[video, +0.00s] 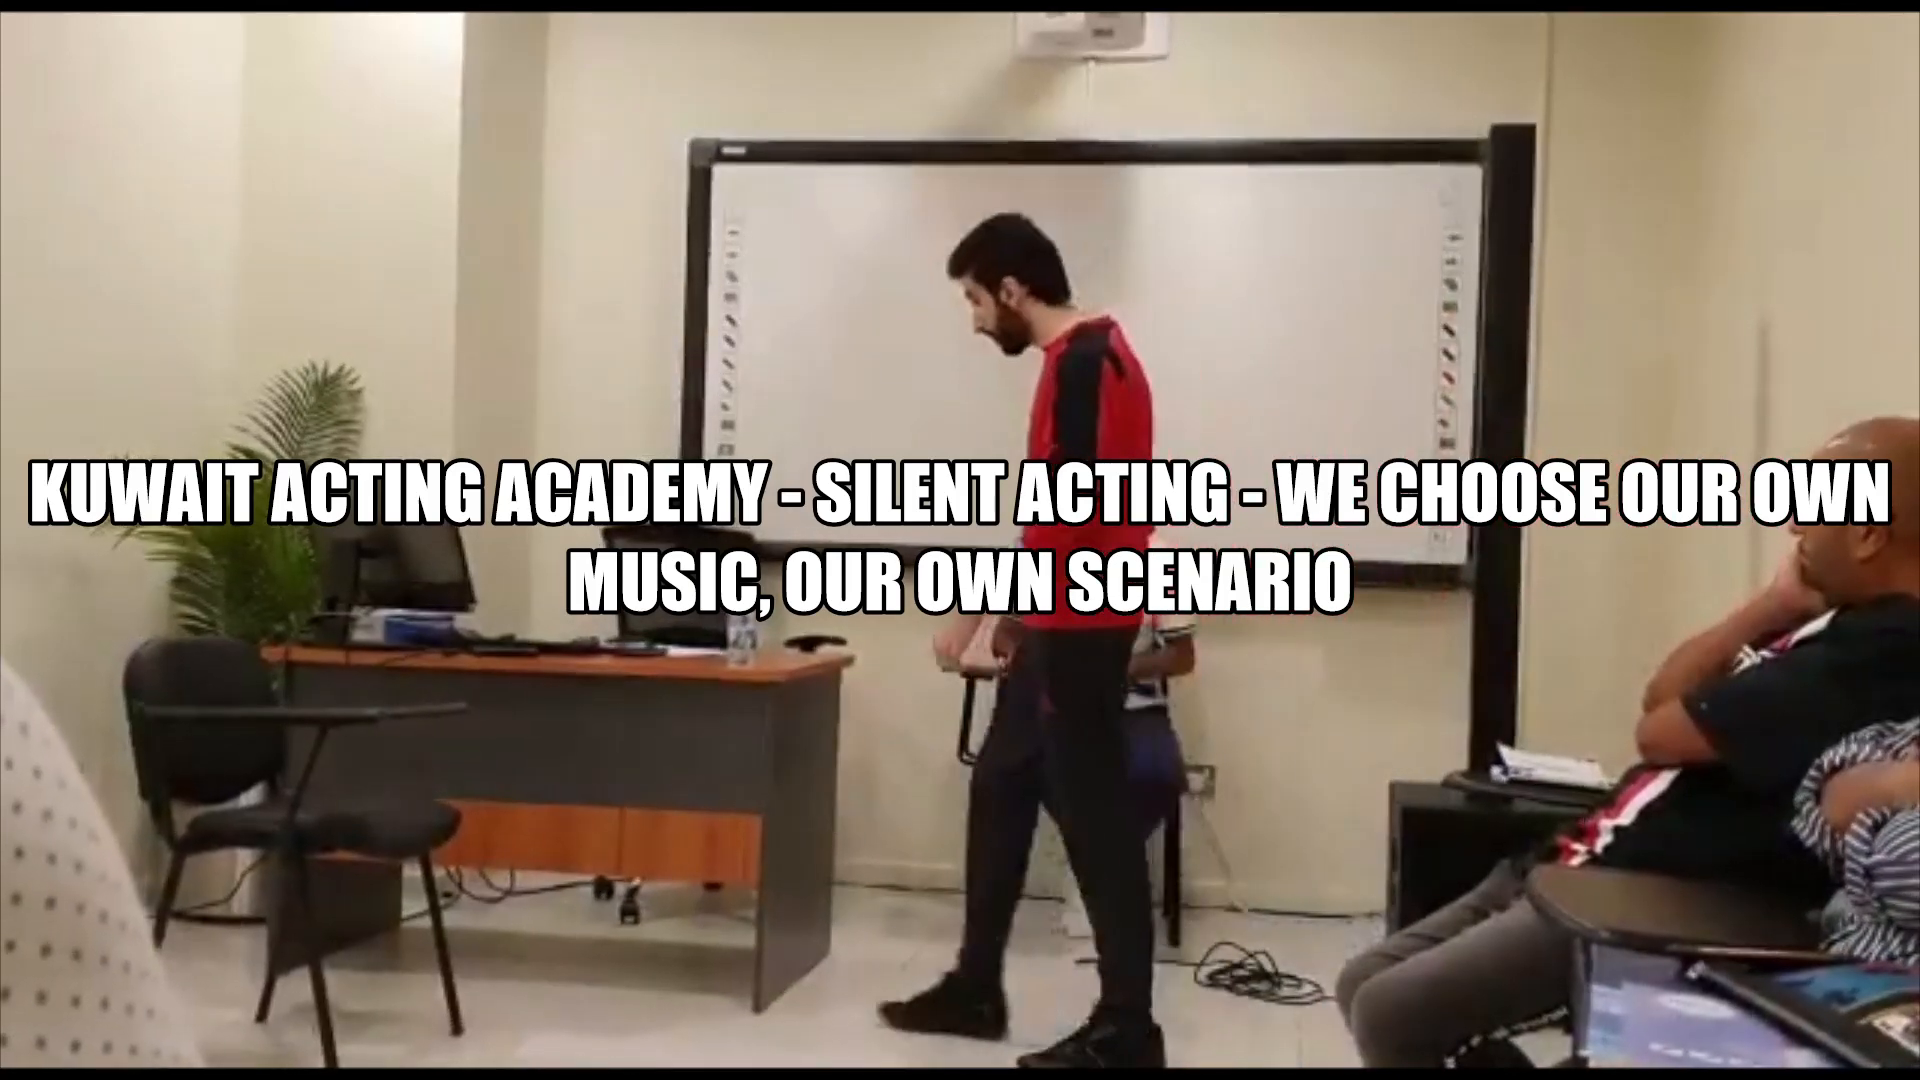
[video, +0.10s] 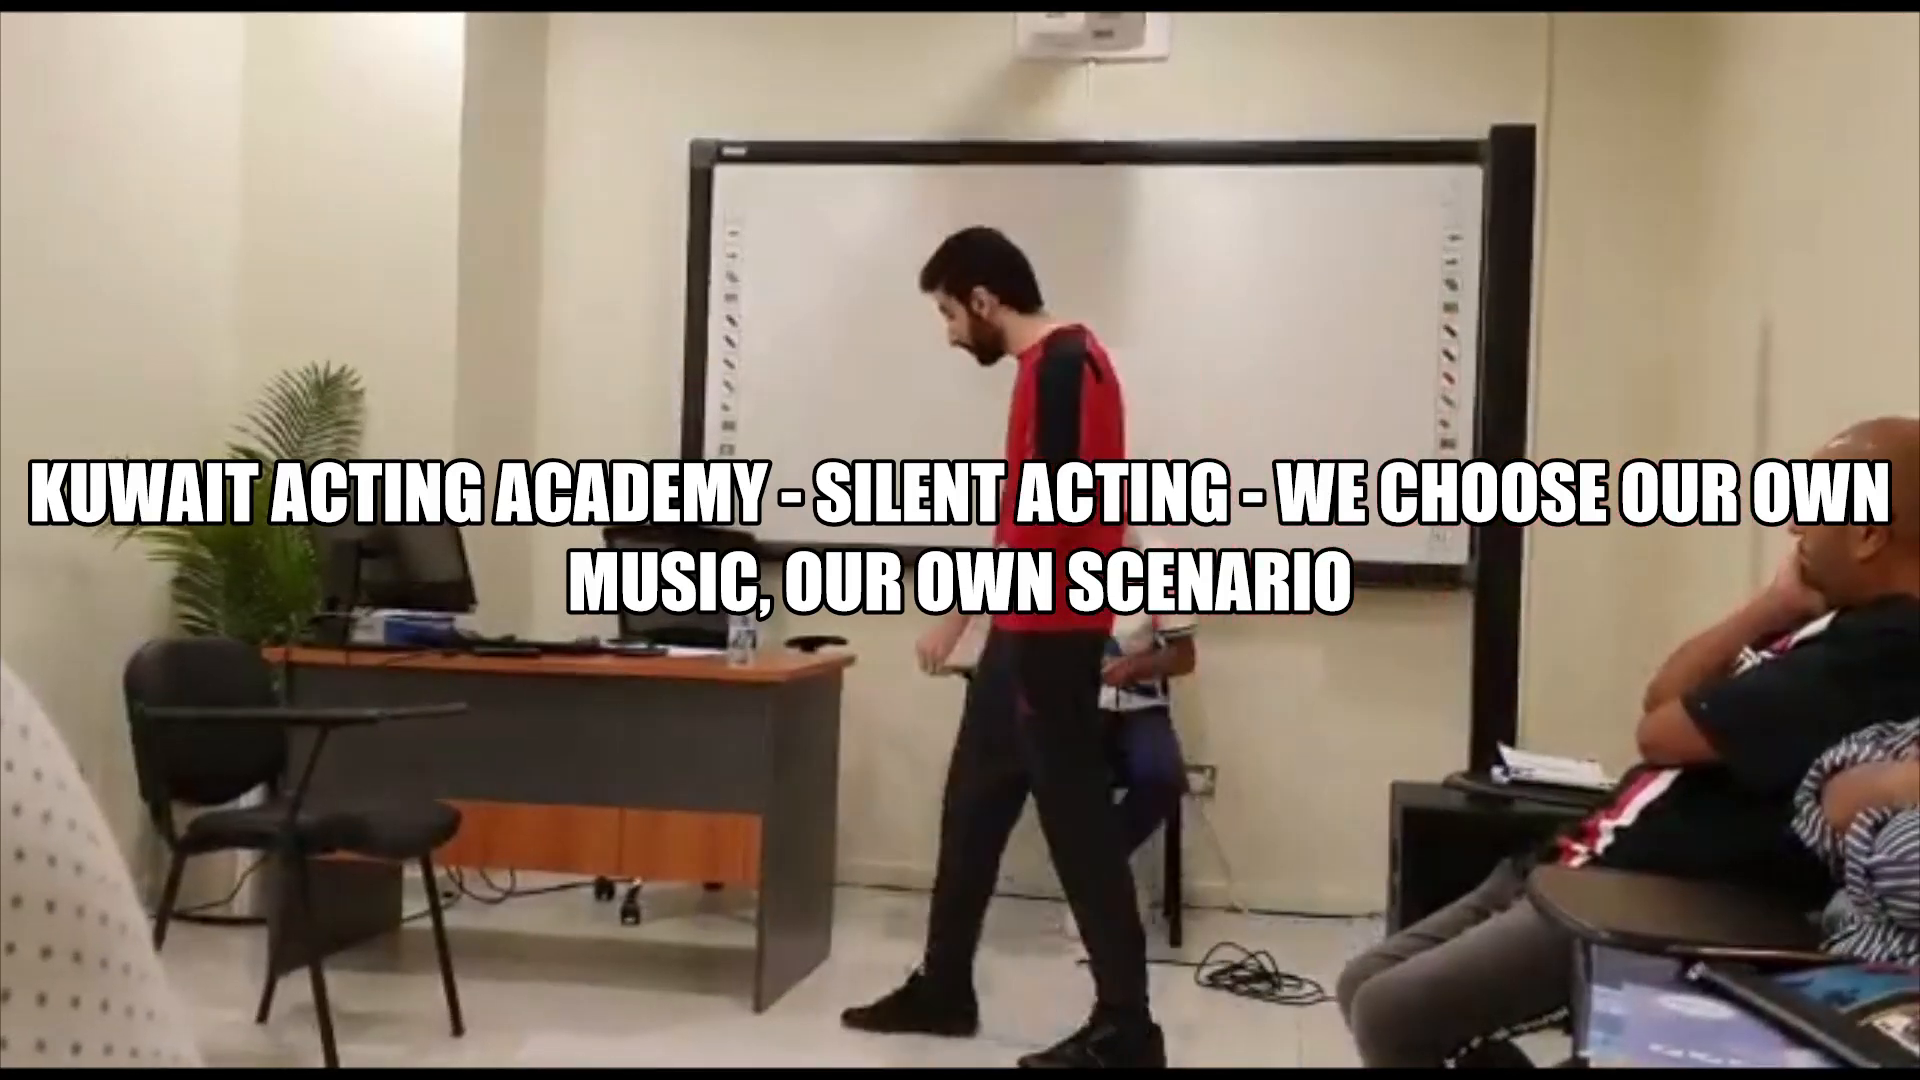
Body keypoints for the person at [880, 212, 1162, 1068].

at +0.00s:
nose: (975, 320)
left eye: (976, 300)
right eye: (970, 303)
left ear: (1014, 286)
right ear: (1026, 286)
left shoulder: (1085, 362)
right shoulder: (1076, 359)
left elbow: (1076, 517)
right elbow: (1052, 516)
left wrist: (1000, 618)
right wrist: (1000, 612)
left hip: (1086, 633)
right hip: (1051, 631)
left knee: (1097, 819)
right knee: (998, 788)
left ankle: (1125, 1024)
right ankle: (974, 985)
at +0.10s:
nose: (950, 333)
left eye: (949, 314)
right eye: (945, 317)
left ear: (985, 298)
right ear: (994, 297)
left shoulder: (1063, 365)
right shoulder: (1046, 366)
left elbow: (1053, 517)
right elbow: (1030, 516)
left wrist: (966, 614)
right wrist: (978, 619)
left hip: (1059, 642)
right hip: (1019, 641)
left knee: (1080, 835)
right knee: (972, 809)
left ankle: (1124, 1027)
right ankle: (943, 987)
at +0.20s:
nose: (923, 333)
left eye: (921, 313)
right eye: (917, 316)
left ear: (956, 296)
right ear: (967, 295)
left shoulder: (1036, 357)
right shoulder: (1025, 360)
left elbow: (1029, 507)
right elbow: (1034, 506)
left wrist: (966, 621)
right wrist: (993, 621)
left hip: (1030, 630)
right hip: (1002, 632)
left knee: (1043, 814)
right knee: (956, 801)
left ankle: (1116, 1013)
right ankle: (943, 987)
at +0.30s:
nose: (895, 336)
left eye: (894, 315)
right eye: (888, 319)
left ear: (931, 295)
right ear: (937, 296)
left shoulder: (1019, 355)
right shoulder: (990, 362)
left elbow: (1023, 500)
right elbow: (991, 502)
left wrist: (978, 622)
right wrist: (967, 620)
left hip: (1017, 625)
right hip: (986, 624)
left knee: (991, 804)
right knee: (956, 797)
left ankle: (1097, 992)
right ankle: (943, 985)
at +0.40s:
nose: (874, 346)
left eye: (872, 326)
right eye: (867, 330)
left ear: (907, 303)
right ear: (912, 305)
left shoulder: (1004, 356)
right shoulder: (964, 370)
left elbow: (1032, 496)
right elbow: (960, 504)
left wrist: (994, 620)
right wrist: (916, 598)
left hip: (999, 622)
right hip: (962, 616)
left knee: (971, 799)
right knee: (952, 800)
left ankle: (1061, 995)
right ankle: (944, 986)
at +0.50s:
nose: (858, 350)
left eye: (855, 330)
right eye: (850, 334)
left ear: (890, 308)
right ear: (895, 310)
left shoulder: (992, 353)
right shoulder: (944, 376)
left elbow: (1037, 489)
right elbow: (957, 503)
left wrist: (998, 615)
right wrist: (922, 564)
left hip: (988, 617)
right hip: (950, 615)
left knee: (971, 804)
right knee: (945, 801)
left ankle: (1014, 1014)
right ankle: (943, 986)